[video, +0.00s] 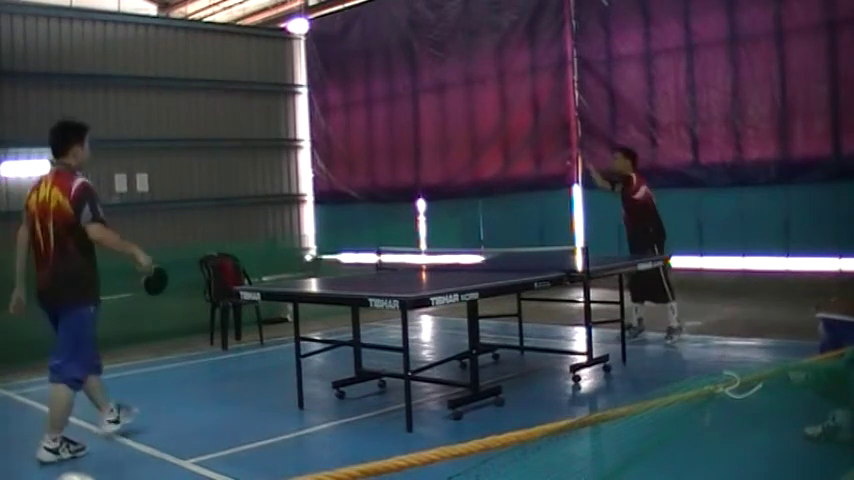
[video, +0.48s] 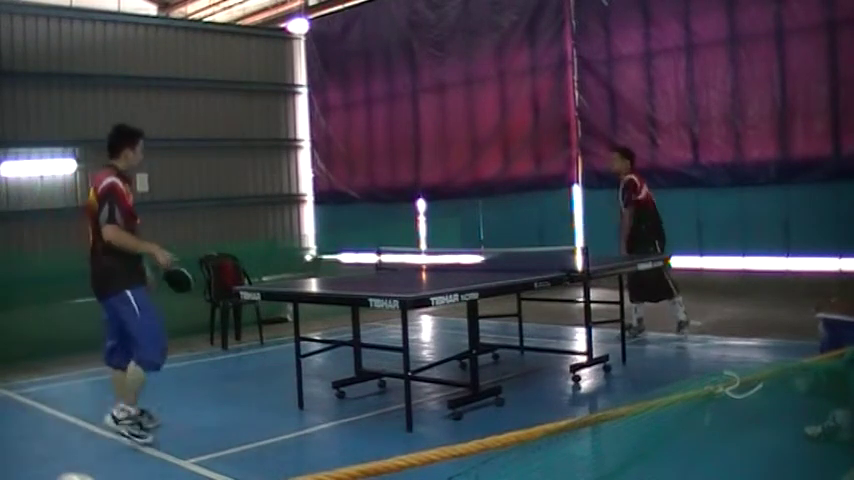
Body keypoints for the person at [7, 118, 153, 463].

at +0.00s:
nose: (88, 152)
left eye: (87, 145)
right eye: (86, 146)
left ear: (58, 150)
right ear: (74, 149)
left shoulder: (38, 189)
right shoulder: (78, 187)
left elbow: (24, 236)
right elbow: (95, 231)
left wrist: (18, 286)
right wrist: (134, 251)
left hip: (48, 289)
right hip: (77, 290)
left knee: (85, 356)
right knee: (69, 365)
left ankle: (109, 414)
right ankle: (52, 441)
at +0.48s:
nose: (142, 156)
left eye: (141, 150)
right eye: (139, 150)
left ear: (119, 151)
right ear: (127, 151)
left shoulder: (113, 182)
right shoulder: (112, 185)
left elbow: (118, 233)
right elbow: (111, 233)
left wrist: (143, 263)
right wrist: (154, 250)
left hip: (116, 279)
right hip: (120, 280)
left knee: (122, 346)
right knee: (150, 345)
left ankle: (127, 410)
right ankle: (125, 412)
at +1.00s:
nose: (193, 161)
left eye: (193, 155)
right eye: (192, 155)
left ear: (166, 154)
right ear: (179, 156)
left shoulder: (148, 182)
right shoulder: (164, 192)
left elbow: (127, 223)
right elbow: (162, 242)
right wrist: (204, 247)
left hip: (145, 283)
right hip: (162, 286)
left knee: (159, 344)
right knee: (186, 353)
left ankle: (140, 402)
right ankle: (183, 430)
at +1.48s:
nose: (225, 186)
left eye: (226, 180)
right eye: (224, 180)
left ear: (203, 178)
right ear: (212, 180)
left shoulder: (179, 199)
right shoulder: (188, 206)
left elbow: (157, 246)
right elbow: (165, 247)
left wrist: (162, 294)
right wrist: (163, 298)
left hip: (145, 287)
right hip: (154, 289)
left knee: (164, 349)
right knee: (180, 355)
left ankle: (162, 408)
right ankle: (182, 430)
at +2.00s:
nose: (227, 189)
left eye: (227, 182)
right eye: (226, 182)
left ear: (203, 180)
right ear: (214, 182)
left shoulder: (182, 198)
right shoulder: (194, 206)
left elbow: (166, 245)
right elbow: (179, 250)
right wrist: (209, 290)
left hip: (143, 284)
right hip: (152, 287)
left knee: (160, 351)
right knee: (171, 357)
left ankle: (162, 409)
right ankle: (182, 430)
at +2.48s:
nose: (221, 173)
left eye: (221, 167)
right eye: (218, 167)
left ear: (197, 168)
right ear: (203, 168)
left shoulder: (177, 191)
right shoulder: (186, 198)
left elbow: (158, 239)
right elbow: (170, 244)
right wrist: (193, 291)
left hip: (150, 282)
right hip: (157, 284)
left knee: (162, 350)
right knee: (170, 354)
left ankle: (162, 409)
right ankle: (182, 429)